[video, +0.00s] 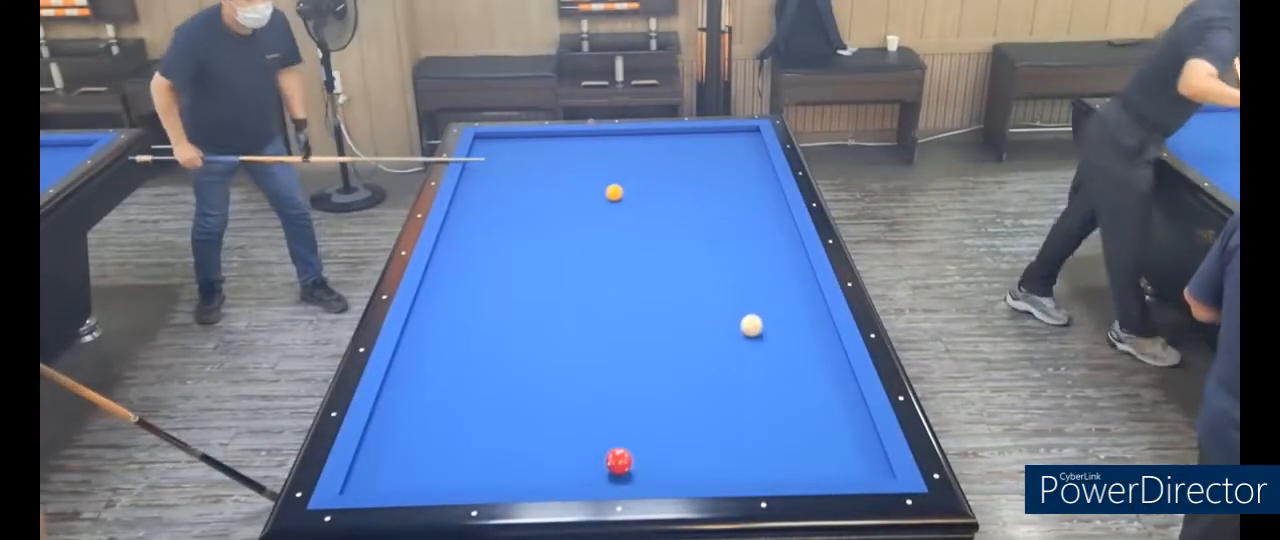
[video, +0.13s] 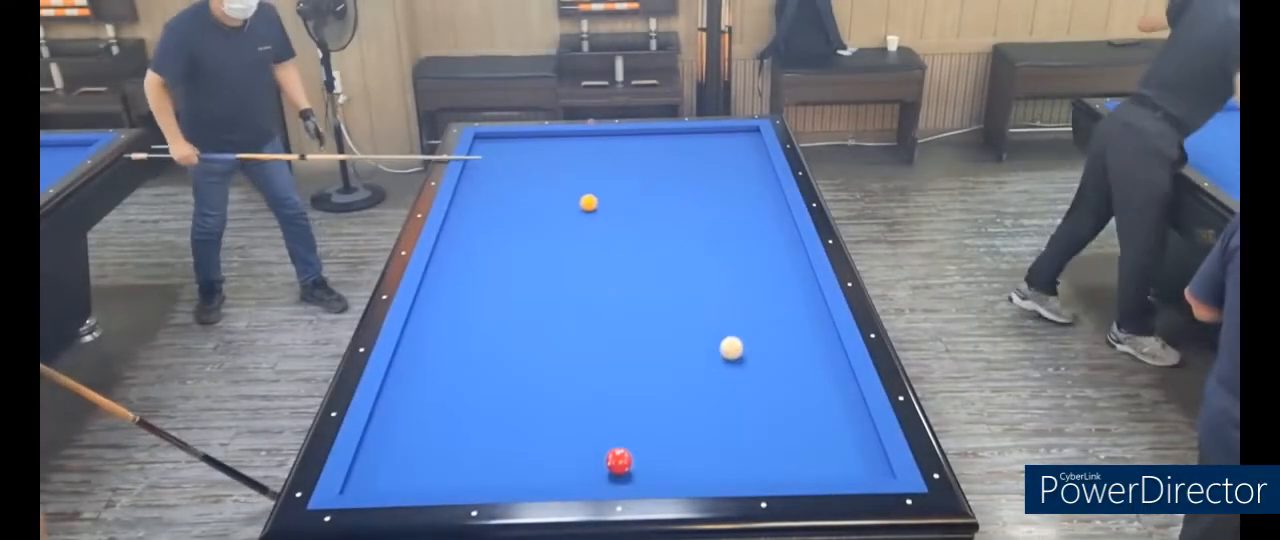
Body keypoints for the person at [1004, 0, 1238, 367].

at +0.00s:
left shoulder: (1214, 9)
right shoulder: (1222, 26)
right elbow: (1193, 84)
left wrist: (1230, 79)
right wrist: (1239, 97)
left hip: (1116, 127)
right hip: (1126, 142)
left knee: (1079, 217)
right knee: (1125, 240)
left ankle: (1032, 288)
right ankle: (1132, 329)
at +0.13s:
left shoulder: (1200, 4)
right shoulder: (1236, 26)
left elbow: (1147, 22)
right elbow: (1238, 97)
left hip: (1122, 120)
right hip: (1152, 139)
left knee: (1084, 218)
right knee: (1142, 242)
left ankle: (1035, 287)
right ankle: (1130, 328)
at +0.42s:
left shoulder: (1199, 4)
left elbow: (1128, 23)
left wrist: (1137, 7)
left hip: (1123, 119)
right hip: (1163, 139)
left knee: (1087, 220)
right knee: (1137, 239)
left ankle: (1058, 300)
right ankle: (1131, 330)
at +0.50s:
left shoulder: (1179, 3)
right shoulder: (1236, 24)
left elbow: (1124, 34)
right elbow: (1236, 94)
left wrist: (1161, 29)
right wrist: (1224, 94)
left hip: (1120, 120)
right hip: (1158, 136)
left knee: (1088, 219)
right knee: (1137, 237)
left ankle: (1059, 301)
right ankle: (1130, 329)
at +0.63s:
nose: (1239, 8)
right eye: (1239, 7)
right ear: (1235, 0)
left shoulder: (1164, 2)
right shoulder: (1215, 12)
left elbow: (1131, 47)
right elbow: (1208, 80)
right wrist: (1229, 95)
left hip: (1115, 118)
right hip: (1150, 133)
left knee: (1090, 219)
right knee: (1135, 235)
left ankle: (1059, 300)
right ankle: (1129, 329)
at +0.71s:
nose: (1232, 3)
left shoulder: (1156, 4)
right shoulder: (1201, 10)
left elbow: (1149, 59)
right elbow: (1187, 76)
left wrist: (1197, 90)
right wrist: (1216, 92)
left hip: (1113, 116)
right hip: (1146, 129)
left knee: (1091, 219)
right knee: (1138, 231)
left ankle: (1059, 301)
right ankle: (1129, 328)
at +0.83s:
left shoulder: (1147, 4)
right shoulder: (1179, 9)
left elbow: (1145, 58)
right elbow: (1149, 71)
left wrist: (1201, 69)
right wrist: (1200, 100)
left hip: (1112, 117)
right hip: (1140, 128)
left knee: (1089, 216)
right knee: (1140, 232)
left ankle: (1059, 302)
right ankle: (1103, 326)